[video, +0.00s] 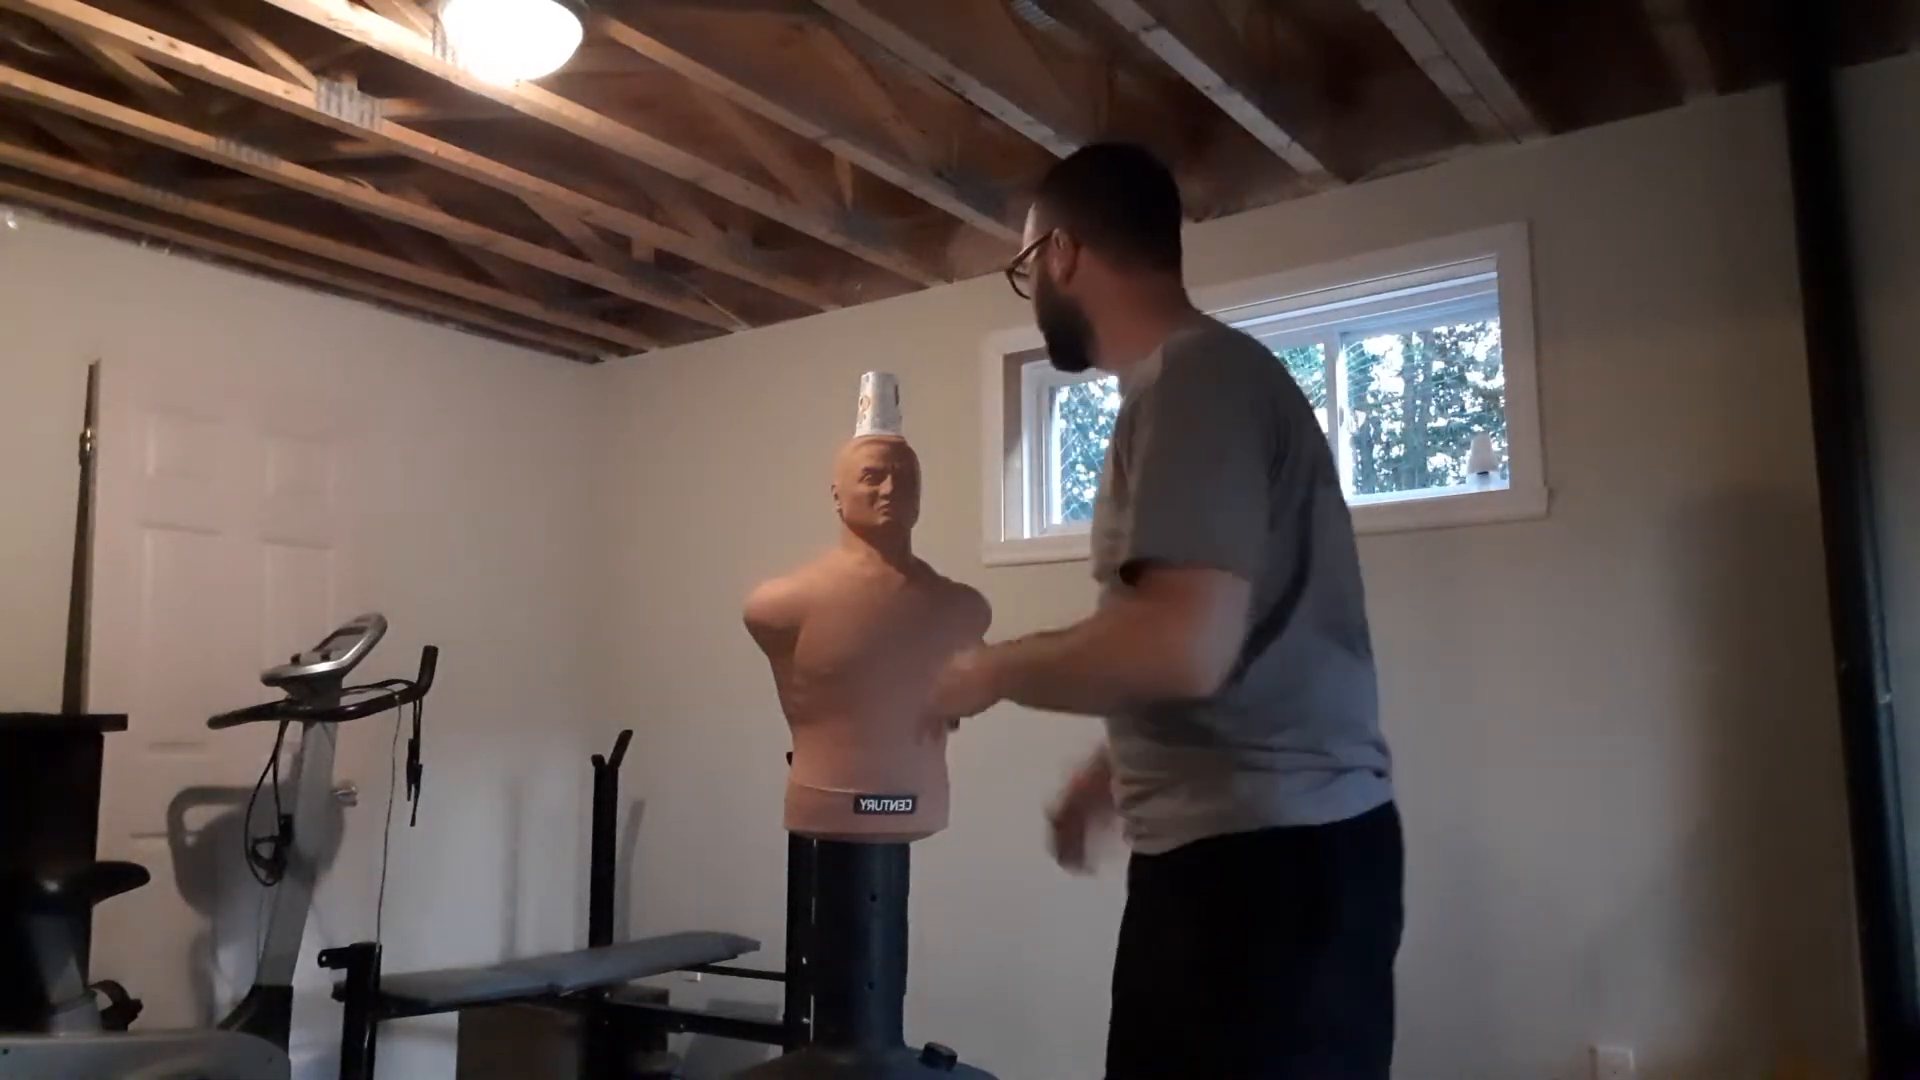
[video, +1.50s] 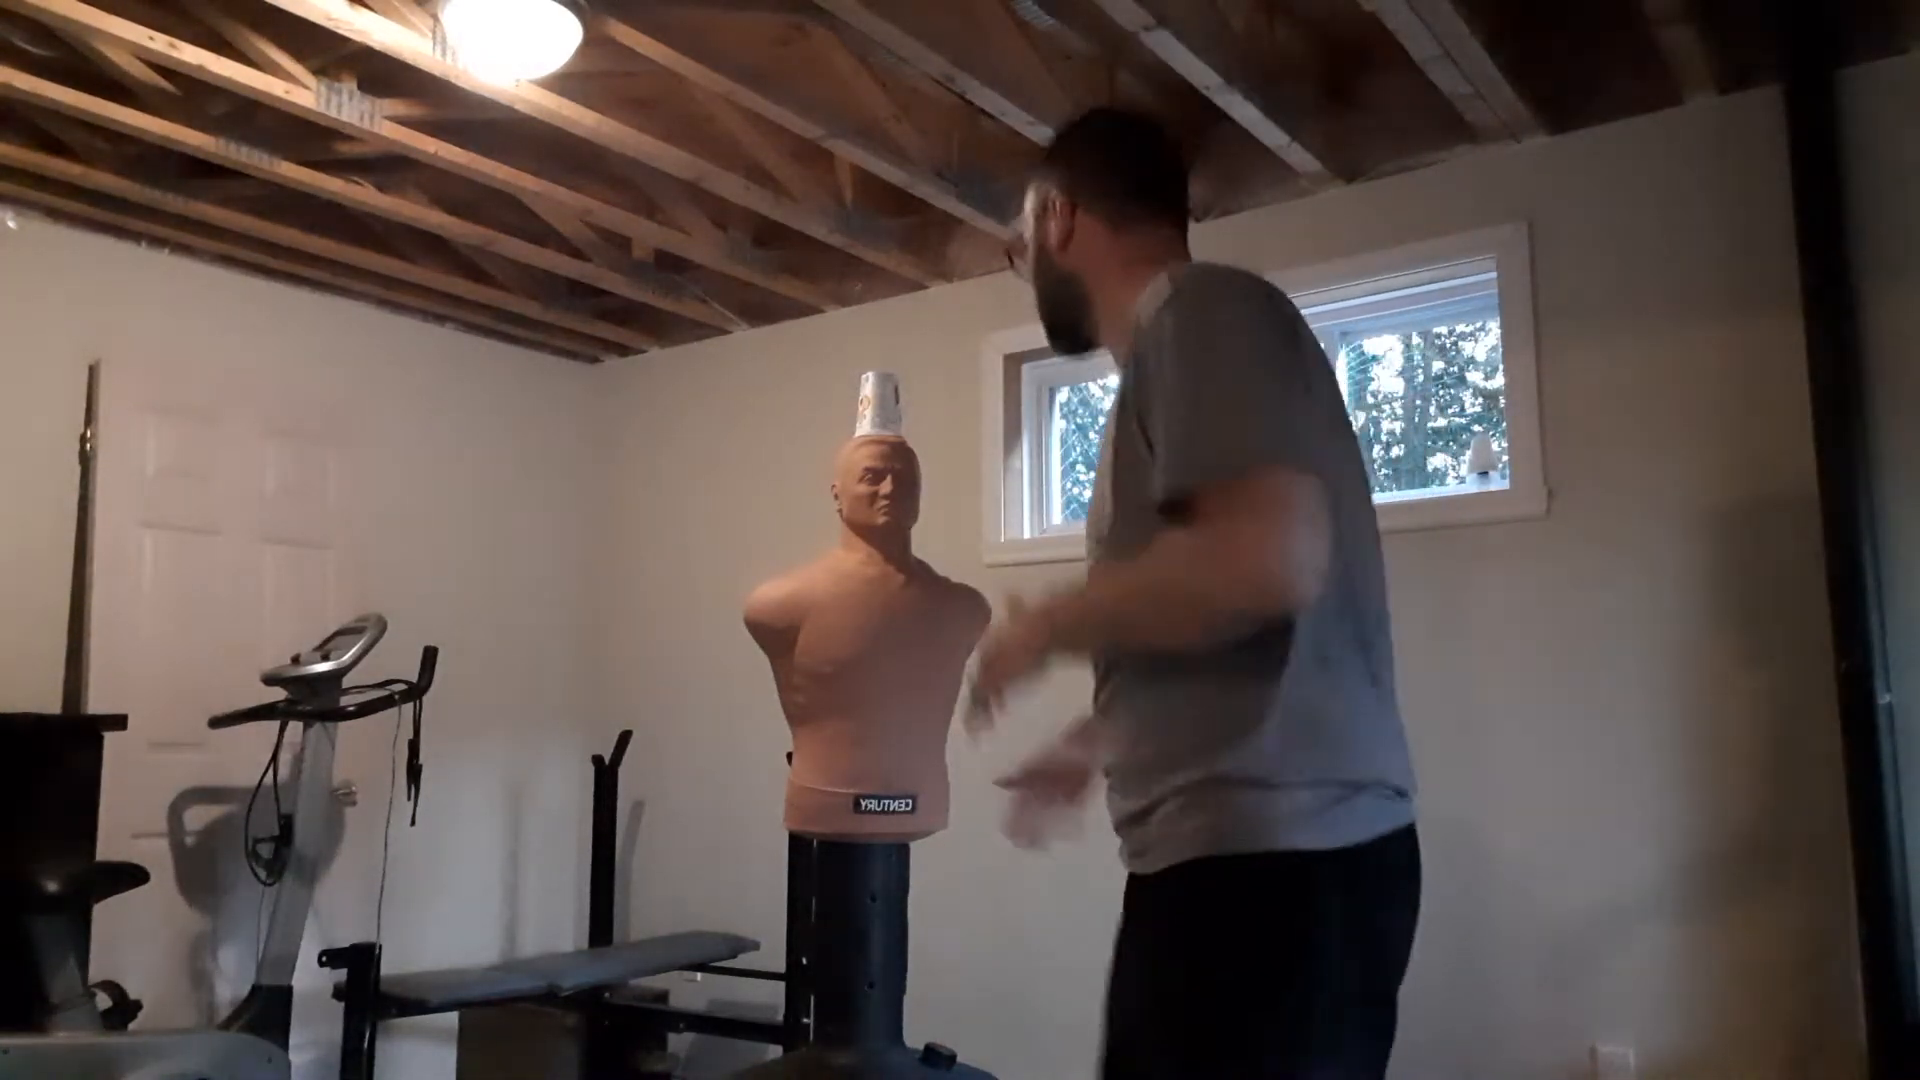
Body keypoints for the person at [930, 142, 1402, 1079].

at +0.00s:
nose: (1029, 289)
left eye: (1028, 260)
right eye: (1025, 266)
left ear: (1064, 253)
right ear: (1157, 245)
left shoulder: (1204, 378)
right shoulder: (1180, 388)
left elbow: (1180, 640)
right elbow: (1238, 640)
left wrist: (995, 668)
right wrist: (1121, 767)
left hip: (1269, 860)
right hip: (1233, 853)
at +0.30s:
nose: (1037, 292)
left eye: (1037, 264)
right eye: (1035, 270)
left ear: (1074, 252)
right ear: (1171, 249)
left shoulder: (1210, 377)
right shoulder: (1189, 386)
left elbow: (1262, 645)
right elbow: (1213, 646)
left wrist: (1055, 772)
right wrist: (1064, 790)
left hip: (1249, 878)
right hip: (1219, 874)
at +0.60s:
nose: (1056, 172)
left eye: (1057, 136)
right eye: (1055, 143)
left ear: (1095, 121)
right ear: (1201, 109)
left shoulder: (1235, 202)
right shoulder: (1236, 221)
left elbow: (1293, 470)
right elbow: (1303, 520)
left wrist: (1090, 567)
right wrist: (1186, 711)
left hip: (1318, 777)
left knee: (1203, 1063)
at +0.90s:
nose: (1066, 208)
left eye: (1068, 168)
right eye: (1064, 176)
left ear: (1113, 156)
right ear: (1214, 144)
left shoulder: (1287, 269)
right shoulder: (1236, 312)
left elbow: (1329, 579)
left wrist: (1089, 631)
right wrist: (1220, 796)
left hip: (1350, 865)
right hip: (1283, 865)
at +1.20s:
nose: (1029, 271)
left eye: (1031, 239)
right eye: (1027, 246)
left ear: (1074, 227)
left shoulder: (1257, 323)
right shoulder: (1165, 394)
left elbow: (1347, 570)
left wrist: (1064, 650)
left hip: (1312, 875)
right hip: (1227, 876)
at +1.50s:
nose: (1024, 266)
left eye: (1025, 235)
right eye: (1023, 242)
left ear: (1063, 218)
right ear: (1158, 210)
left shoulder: (1206, 309)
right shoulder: (1176, 353)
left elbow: (1271, 552)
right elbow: (1216, 632)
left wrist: (1046, 623)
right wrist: (1089, 744)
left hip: (1273, 863)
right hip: (1230, 860)